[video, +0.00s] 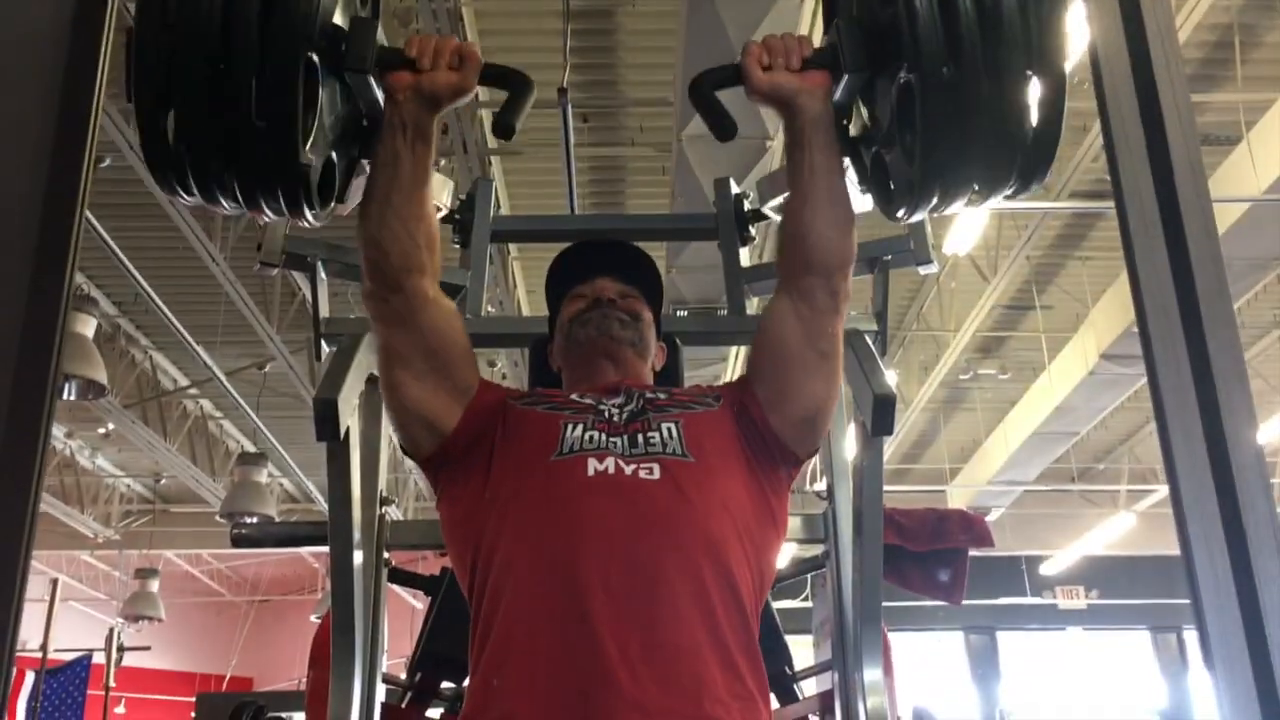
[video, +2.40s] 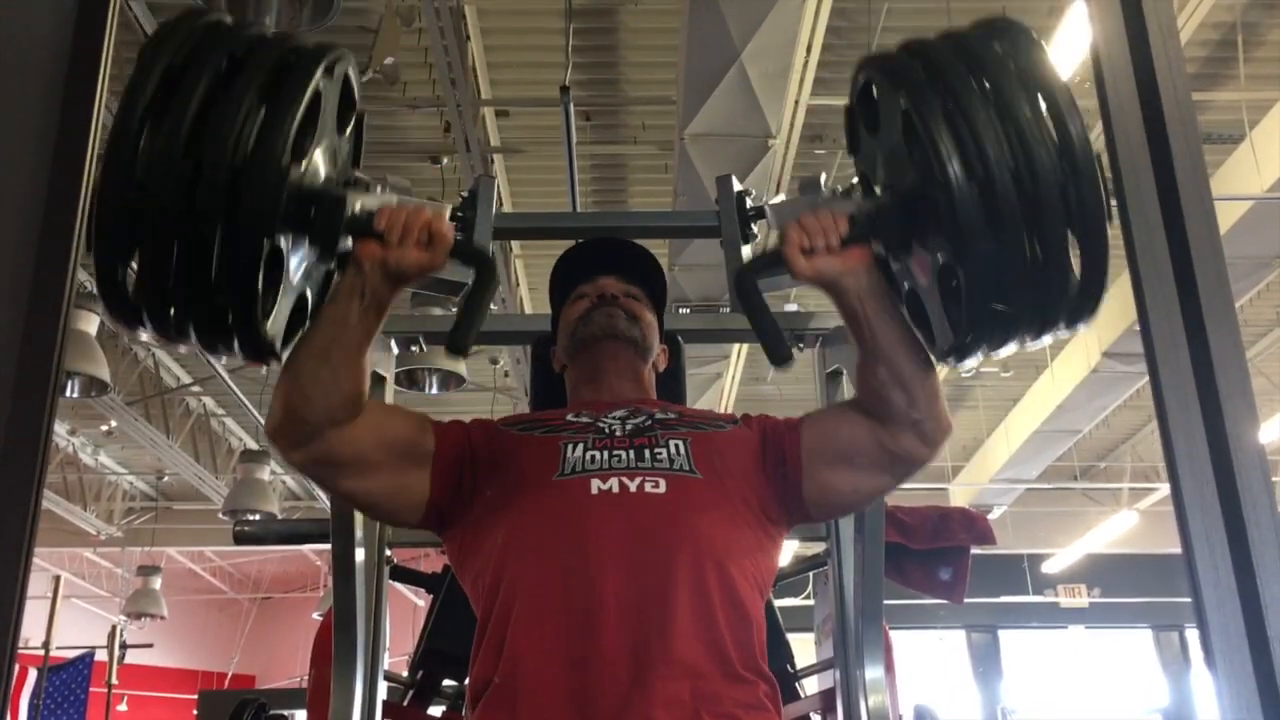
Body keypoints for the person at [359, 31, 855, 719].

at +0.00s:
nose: (606, 300)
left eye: (629, 300)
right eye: (581, 300)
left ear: (661, 351)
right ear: (551, 351)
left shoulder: (749, 429)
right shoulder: (481, 435)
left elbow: (817, 281)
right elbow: (399, 285)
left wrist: (808, 108)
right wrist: (411, 112)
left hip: (717, 706)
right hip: (513, 707)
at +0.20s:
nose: (607, 303)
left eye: (631, 301)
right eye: (582, 301)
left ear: (662, 351)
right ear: (551, 350)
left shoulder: (752, 433)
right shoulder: (478, 438)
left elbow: (866, 341)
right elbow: (354, 343)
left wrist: (828, 176)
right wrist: (395, 180)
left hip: (721, 705)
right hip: (519, 705)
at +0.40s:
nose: (608, 293)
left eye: (632, 295)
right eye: (581, 295)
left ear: (662, 351)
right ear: (551, 350)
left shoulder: (744, 438)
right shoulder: (482, 445)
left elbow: (903, 407)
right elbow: (313, 408)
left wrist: (849, 255)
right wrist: (374, 259)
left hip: (722, 706)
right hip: (526, 706)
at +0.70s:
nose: (612, 294)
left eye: (636, 294)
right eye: (585, 292)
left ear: (667, 348)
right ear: (553, 347)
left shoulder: (740, 441)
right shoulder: (487, 450)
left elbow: (918, 484)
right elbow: (295, 496)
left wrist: (876, 356)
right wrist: (350, 357)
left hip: (723, 704)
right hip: (524, 705)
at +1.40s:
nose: (606, 303)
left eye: (631, 303)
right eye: (581, 304)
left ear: (664, 352)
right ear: (552, 354)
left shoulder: (744, 444)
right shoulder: (484, 449)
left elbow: (922, 433)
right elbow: (303, 427)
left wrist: (859, 298)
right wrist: (364, 294)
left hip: (724, 704)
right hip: (523, 706)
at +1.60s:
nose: (606, 305)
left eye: (631, 303)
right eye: (582, 303)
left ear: (663, 353)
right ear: (552, 354)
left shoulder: (751, 436)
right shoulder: (483, 440)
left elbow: (882, 352)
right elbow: (340, 345)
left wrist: (834, 195)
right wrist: (390, 199)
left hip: (722, 703)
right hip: (520, 703)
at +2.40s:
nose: (608, 298)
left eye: (632, 299)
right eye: (582, 300)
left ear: (663, 356)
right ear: (552, 356)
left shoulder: (746, 449)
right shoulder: (487, 456)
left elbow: (912, 428)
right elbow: (309, 428)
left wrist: (857, 283)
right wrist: (371, 280)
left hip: (724, 703)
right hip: (527, 705)